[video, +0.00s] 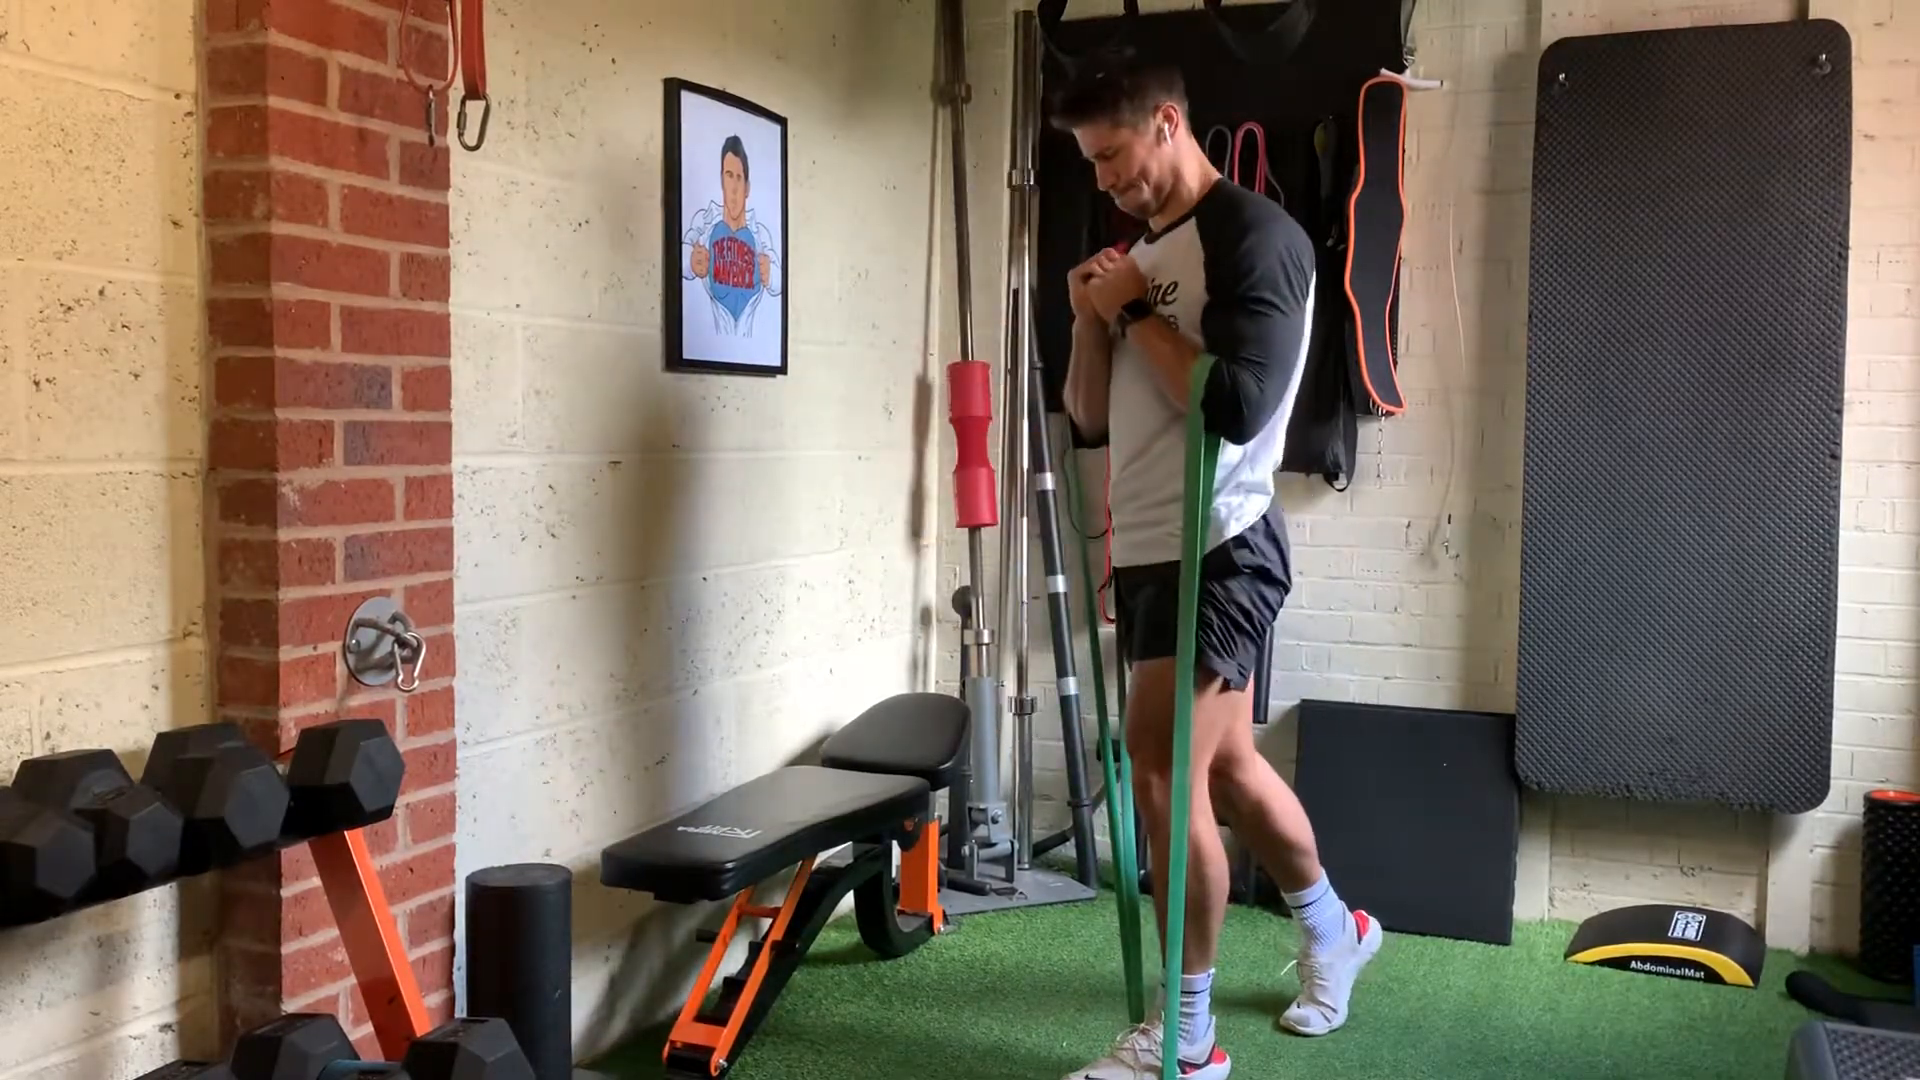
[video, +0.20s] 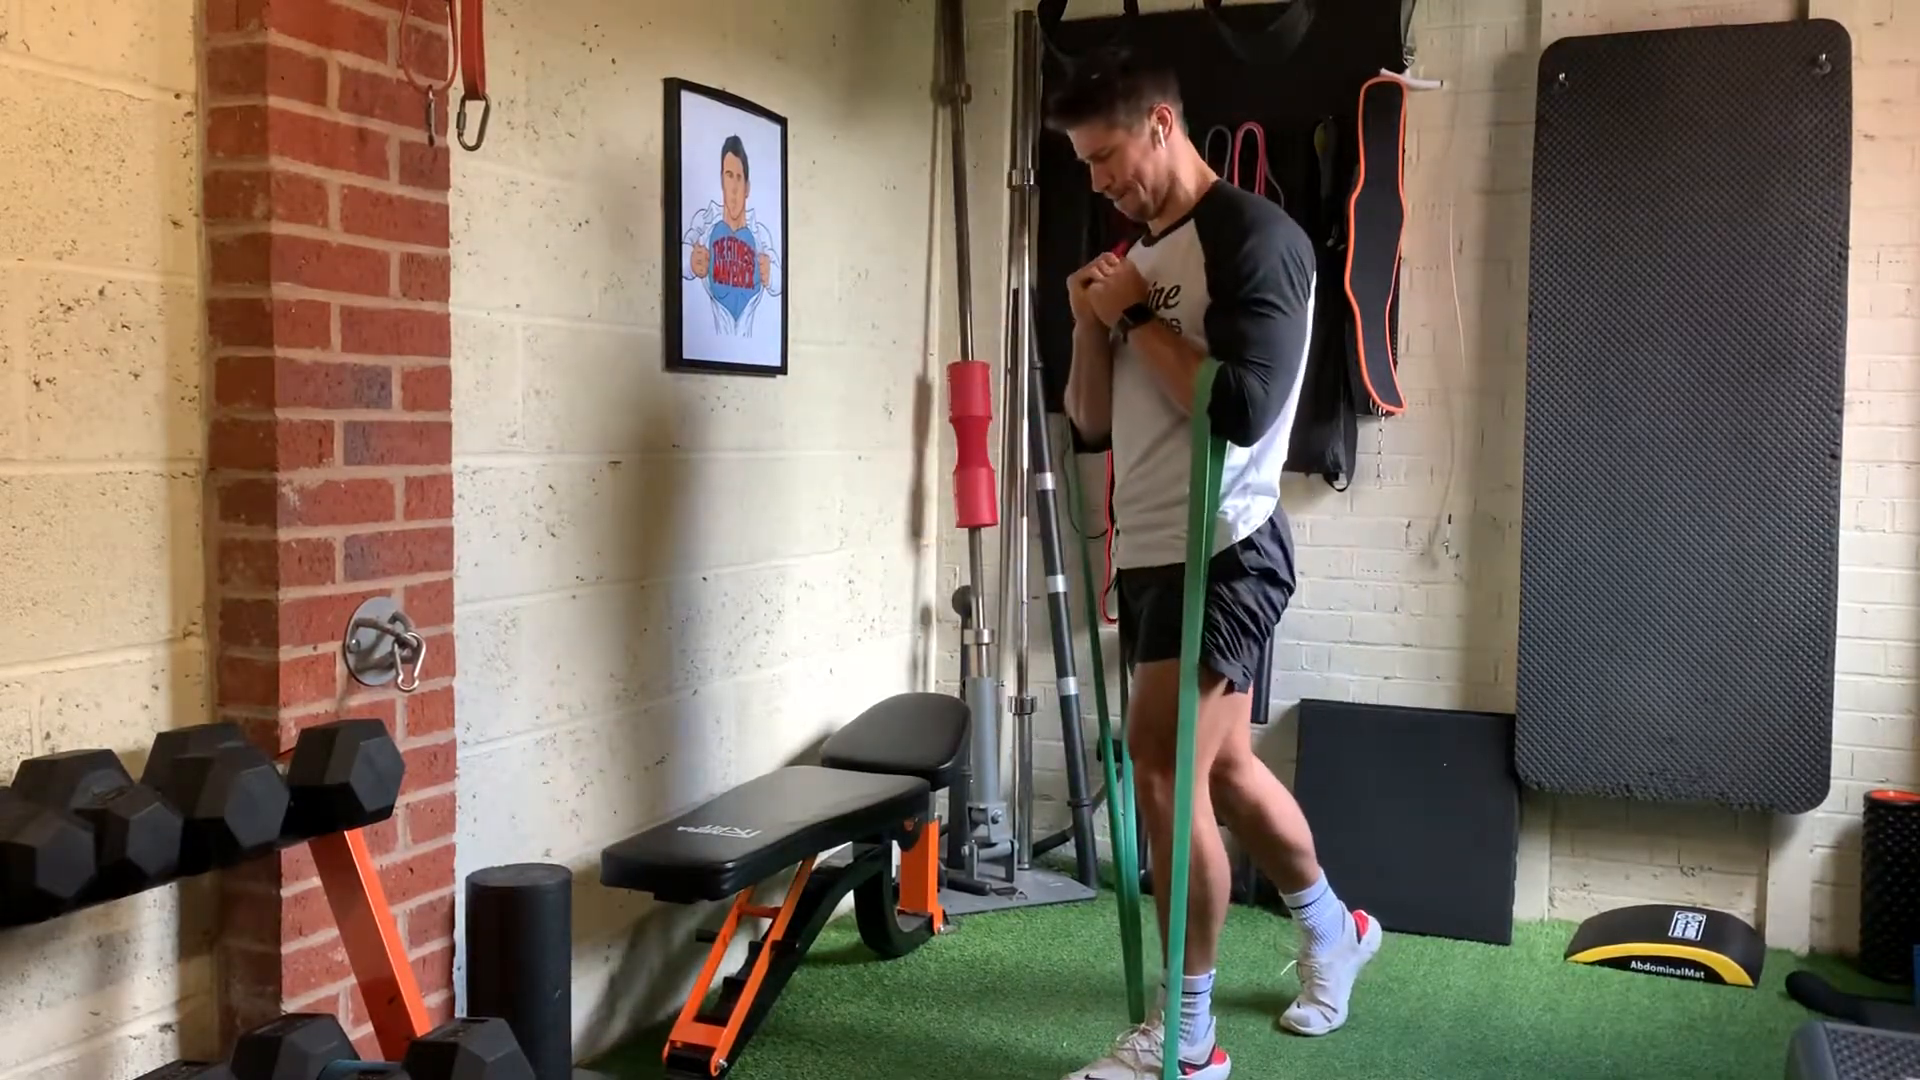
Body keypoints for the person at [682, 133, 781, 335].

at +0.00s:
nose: (734, 185)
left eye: (739, 177)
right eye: (729, 175)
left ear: (748, 187)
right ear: (721, 181)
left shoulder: (760, 232)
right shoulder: (705, 222)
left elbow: (779, 286)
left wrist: (769, 274)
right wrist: (693, 266)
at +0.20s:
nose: (734, 185)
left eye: (739, 177)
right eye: (729, 175)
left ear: (748, 187)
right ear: (721, 181)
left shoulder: (760, 233)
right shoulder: (705, 225)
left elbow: (779, 287)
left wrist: (769, 274)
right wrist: (694, 266)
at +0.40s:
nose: (734, 185)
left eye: (739, 176)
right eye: (729, 175)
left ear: (748, 187)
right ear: (721, 181)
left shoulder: (760, 232)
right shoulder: (705, 223)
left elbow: (779, 287)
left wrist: (769, 274)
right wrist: (695, 266)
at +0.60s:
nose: (733, 184)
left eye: (739, 177)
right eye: (729, 175)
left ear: (748, 187)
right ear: (721, 181)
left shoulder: (760, 232)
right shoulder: (705, 222)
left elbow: (778, 286)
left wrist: (769, 273)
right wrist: (694, 265)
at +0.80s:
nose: (734, 185)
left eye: (739, 177)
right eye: (728, 175)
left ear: (748, 188)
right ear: (721, 182)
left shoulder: (760, 234)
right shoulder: (705, 226)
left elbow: (779, 286)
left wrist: (770, 274)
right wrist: (692, 266)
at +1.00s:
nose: (734, 185)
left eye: (739, 177)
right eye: (728, 175)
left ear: (748, 188)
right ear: (721, 182)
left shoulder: (760, 233)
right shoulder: (705, 224)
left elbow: (779, 286)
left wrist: (770, 274)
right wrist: (692, 265)